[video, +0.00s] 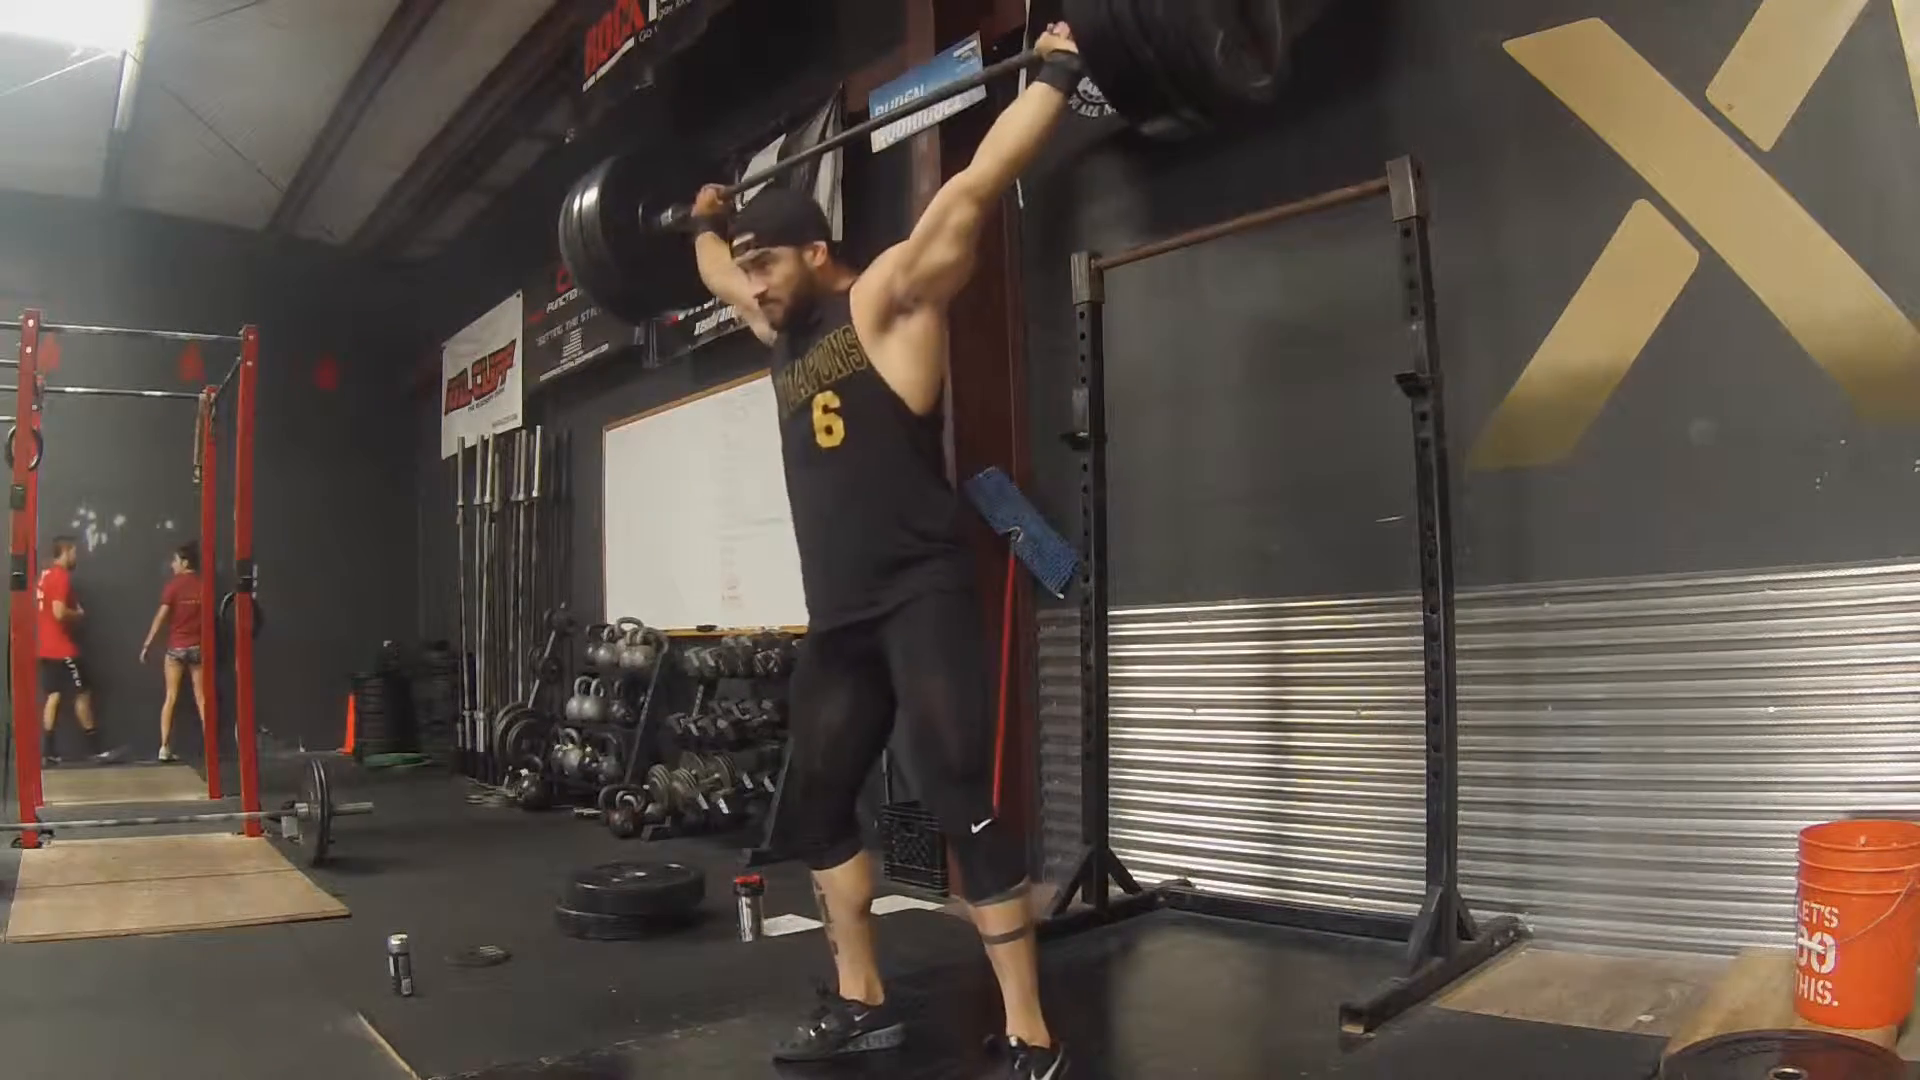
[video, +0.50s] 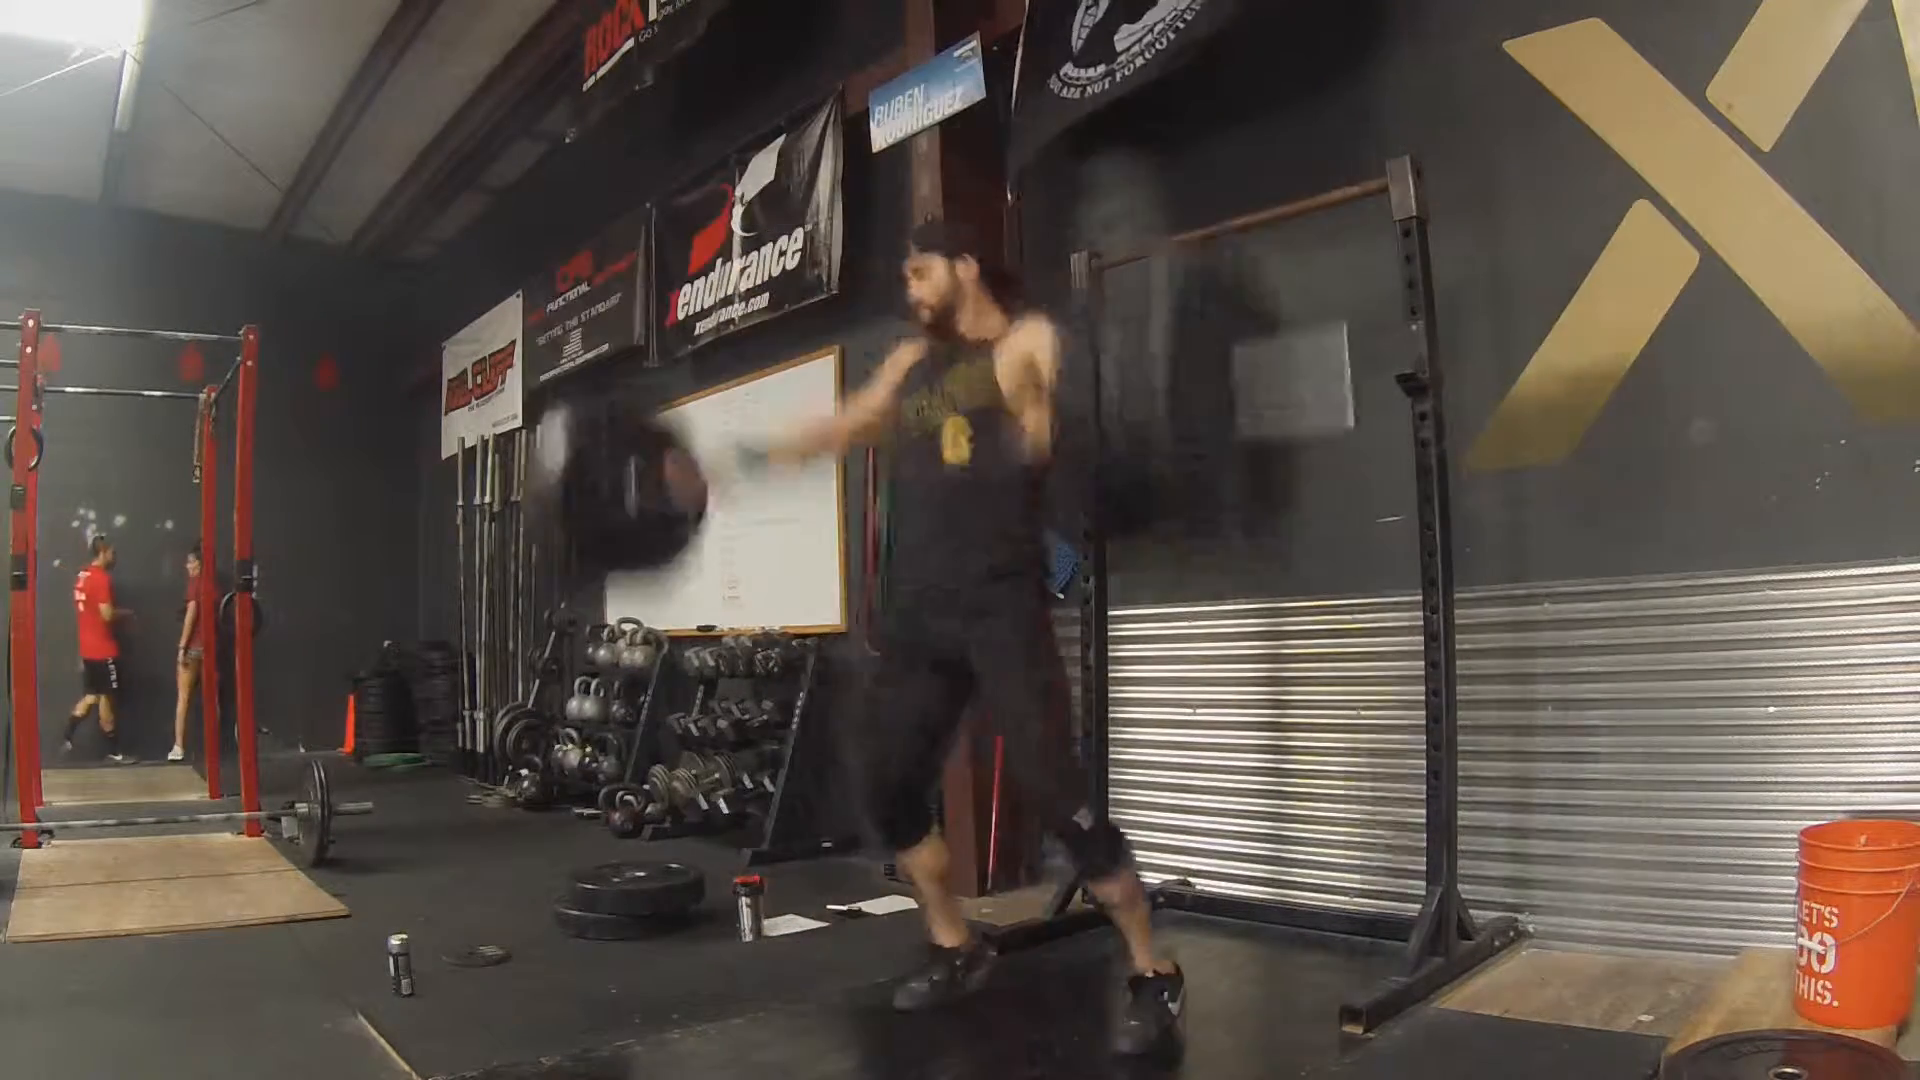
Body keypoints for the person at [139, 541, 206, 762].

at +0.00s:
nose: (172, 564)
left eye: (175, 560)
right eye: (173, 560)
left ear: (185, 562)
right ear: (192, 562)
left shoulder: (174, 585)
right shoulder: (204, 586)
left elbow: (161, 615)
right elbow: (210, 615)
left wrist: (147, 643)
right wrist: (209, 640)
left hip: (176, 645)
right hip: (199, 644)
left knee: (170, 696)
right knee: (202, 696)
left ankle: (164, 745)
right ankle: (210, 745)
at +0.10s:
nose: (176, 565)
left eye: (178, 560)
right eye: (177, 560)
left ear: (188, 562)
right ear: (194, 563)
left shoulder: (179, 584)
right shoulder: (207, 584)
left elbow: (167, 614)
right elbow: (213, 613)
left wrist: (151, 642)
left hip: (180, 644)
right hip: (201, 644)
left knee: (172, 696)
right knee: (205, 696)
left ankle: (165, 746)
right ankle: (212, 746)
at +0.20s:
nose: (179, 565)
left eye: (182, 561)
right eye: (180, 561)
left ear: (192, 562)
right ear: (198, 562)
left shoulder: (184, 584)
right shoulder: (210, 583)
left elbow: (175, 614)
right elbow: (215, 614)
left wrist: (161, 643)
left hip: (185, 643)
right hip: (205, 643)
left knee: (174, 697)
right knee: (208, 696)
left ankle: (165, 746)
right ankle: (215, 746)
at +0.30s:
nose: (183, 565)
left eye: (186, 561)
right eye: (183, 560)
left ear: (196, 563)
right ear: (199, 563)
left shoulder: (189, 583)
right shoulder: (210, 584)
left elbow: (181, 615)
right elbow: (214, 614)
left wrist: (172, 645)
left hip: (187, 644)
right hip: (206, 644)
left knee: (175, 698)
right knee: (211, 696)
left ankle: (166, 744)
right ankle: (215, 745)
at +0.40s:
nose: (185, 565)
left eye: (188, 561)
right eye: (185, 560)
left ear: (198, 563)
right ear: (201, 563)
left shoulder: (194, 583)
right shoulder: (212, 583)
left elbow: (188, 615)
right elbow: (216, 615)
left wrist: (180, 646)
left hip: (191, 645)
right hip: (208, 644)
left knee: (179, 696)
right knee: (211, 695)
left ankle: (170, 743)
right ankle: (216, 743)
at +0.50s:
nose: (188, 566)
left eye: (191, 562)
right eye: (188, 562)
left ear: (201, 564)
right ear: (203, 565)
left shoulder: (195, 583)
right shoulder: (214, 585)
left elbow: (191, 613)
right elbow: (218, 615)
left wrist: (182, 645)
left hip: (193, 645)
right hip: (212, 645)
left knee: (183, 696)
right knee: (213, 696)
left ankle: (178, 746)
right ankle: (215, 748)